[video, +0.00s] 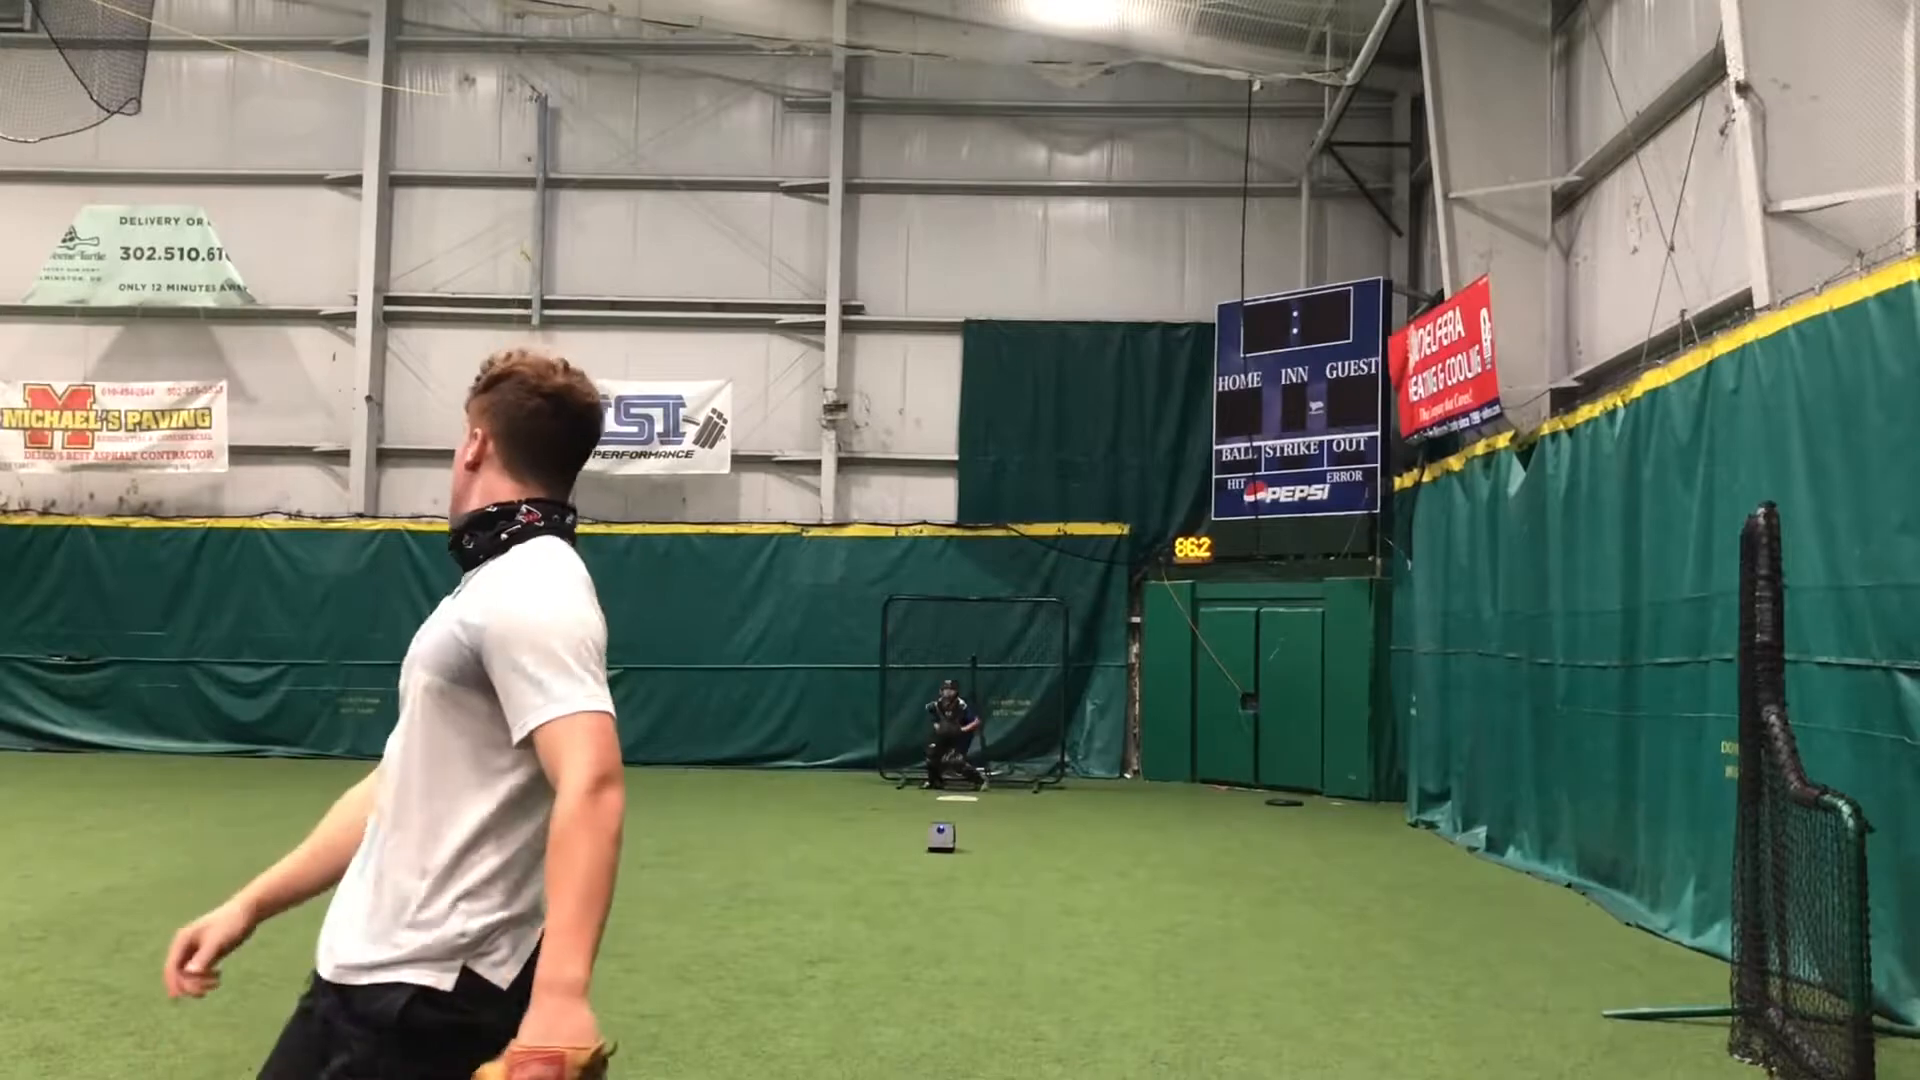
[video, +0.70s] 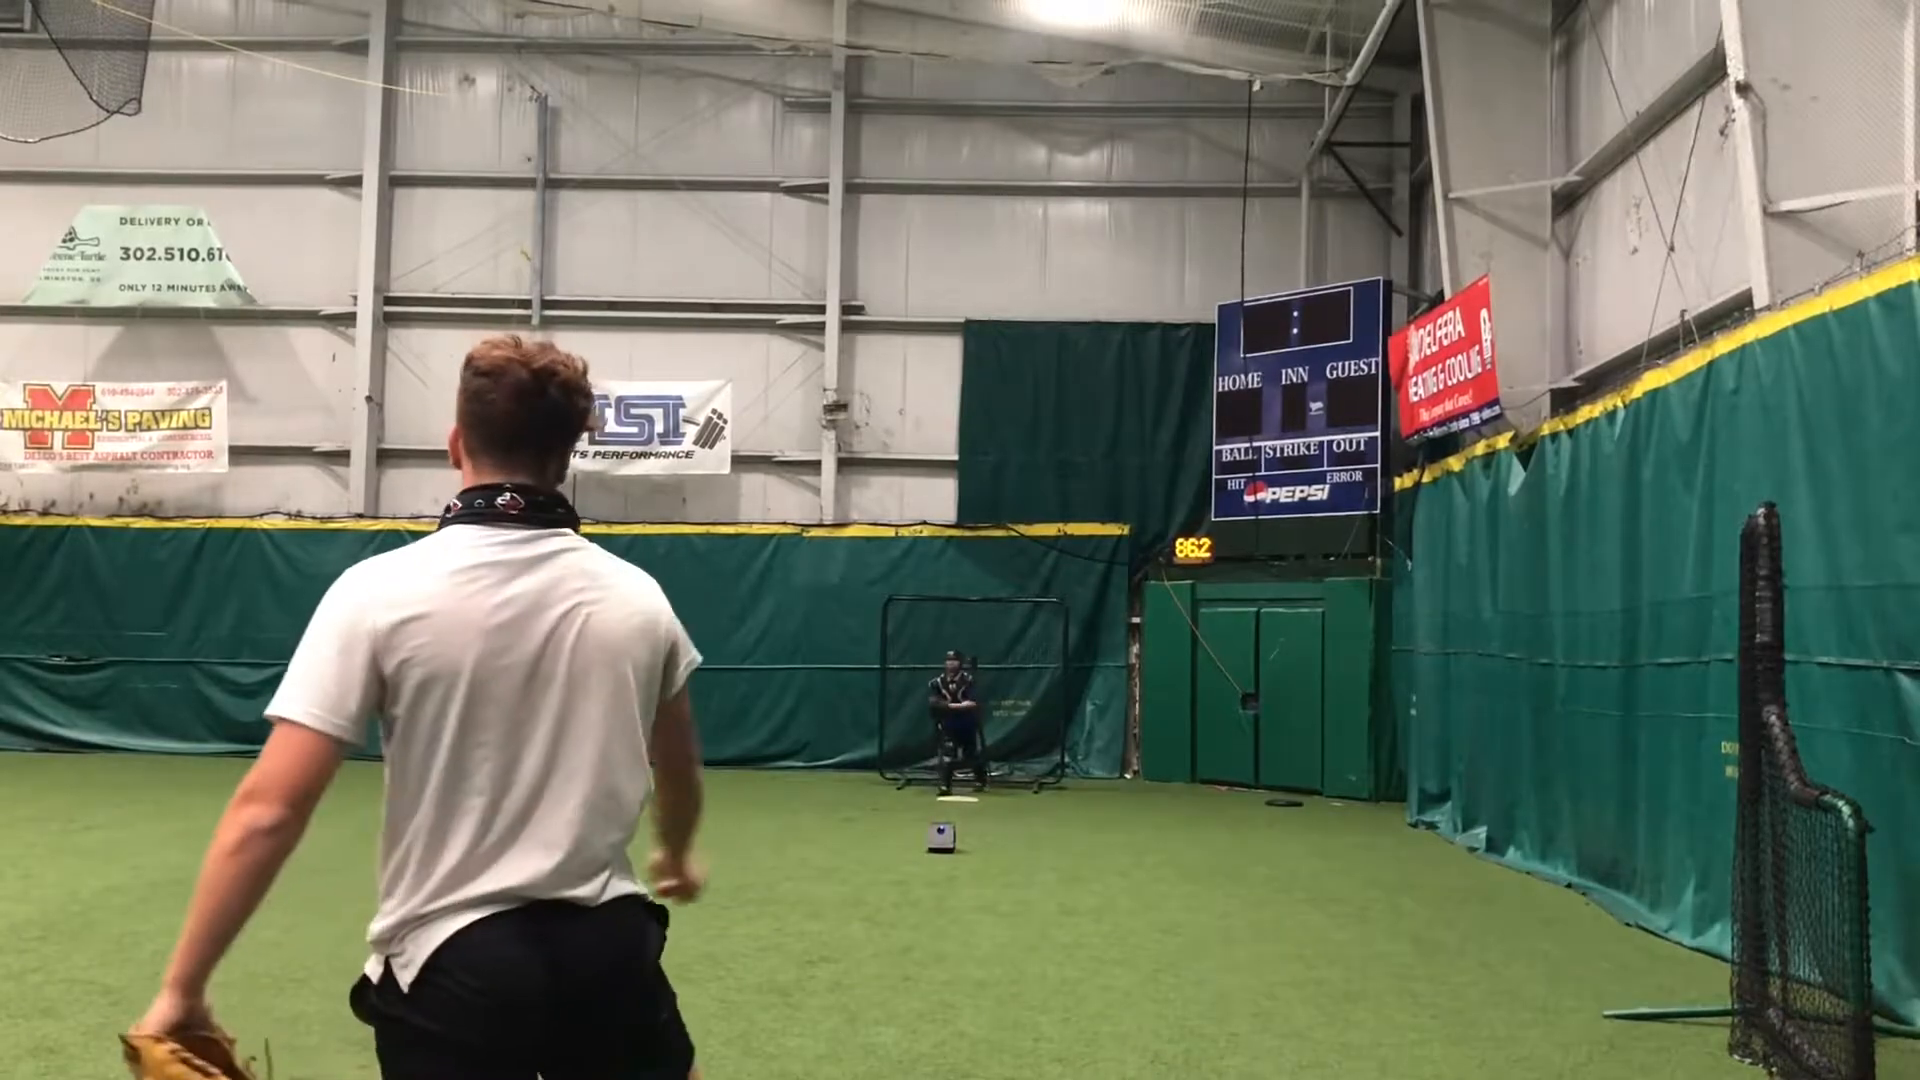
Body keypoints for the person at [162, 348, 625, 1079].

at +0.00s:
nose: (456, 454)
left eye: (461, 435)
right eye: (463, 435)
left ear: (475, 445)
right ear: (564, 469)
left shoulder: (532, 588)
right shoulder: (500, 584)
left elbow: (593, 788)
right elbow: (390, 789)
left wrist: (562, 992)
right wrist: (249, 905)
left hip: (422, 993)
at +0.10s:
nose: (444, 450)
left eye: (447, 429)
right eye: (453, 428)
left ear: (458, 440)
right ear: (555, 457)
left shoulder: (522, 577)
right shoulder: (502, 571)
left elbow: (581, 781)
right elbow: (417, 768)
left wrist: (546, 990)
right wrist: (292, 871)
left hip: (445, 994)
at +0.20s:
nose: (433, 439)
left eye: (435, 420)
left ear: (444, 437)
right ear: (546, 446)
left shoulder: (500, 577)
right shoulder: (535, 559)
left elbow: (556, 775)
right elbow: (451, 752)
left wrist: (514, 993)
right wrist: (343, 831)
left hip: (473, 982)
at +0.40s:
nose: (438, 434)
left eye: (439, 420)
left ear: (447, 437)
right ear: (553, 451)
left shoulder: (455, 580)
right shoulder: (572, 568)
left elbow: (463, 790)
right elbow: (505, 780)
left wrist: (401, 1004)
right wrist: (379, 890)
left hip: (515, 955)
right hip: (601, 930)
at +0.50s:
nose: (441, 440)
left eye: (444, 425)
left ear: (453, 441)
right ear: (562, 452)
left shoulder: (427, 584)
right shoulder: (611, 595)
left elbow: (389, 804)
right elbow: (582, 787)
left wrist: (319, 1010)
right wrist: (444, 918)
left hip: (481, 968)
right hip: (615, 945)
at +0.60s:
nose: (448, 442)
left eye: (448, 429)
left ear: (456, 443)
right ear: (569, 454)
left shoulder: (399, 589)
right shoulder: (633, 605)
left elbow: (322, 807)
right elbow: (608, 774)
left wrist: (240, 1000)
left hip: (460, 976)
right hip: (615, 965)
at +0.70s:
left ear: (456, 443)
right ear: (571, 452)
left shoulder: (377, 592)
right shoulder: (636, 599)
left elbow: (267, 812)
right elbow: (678, 774)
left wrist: (182, 986)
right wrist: (676, 854)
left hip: (446, 978)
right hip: (611, 966)